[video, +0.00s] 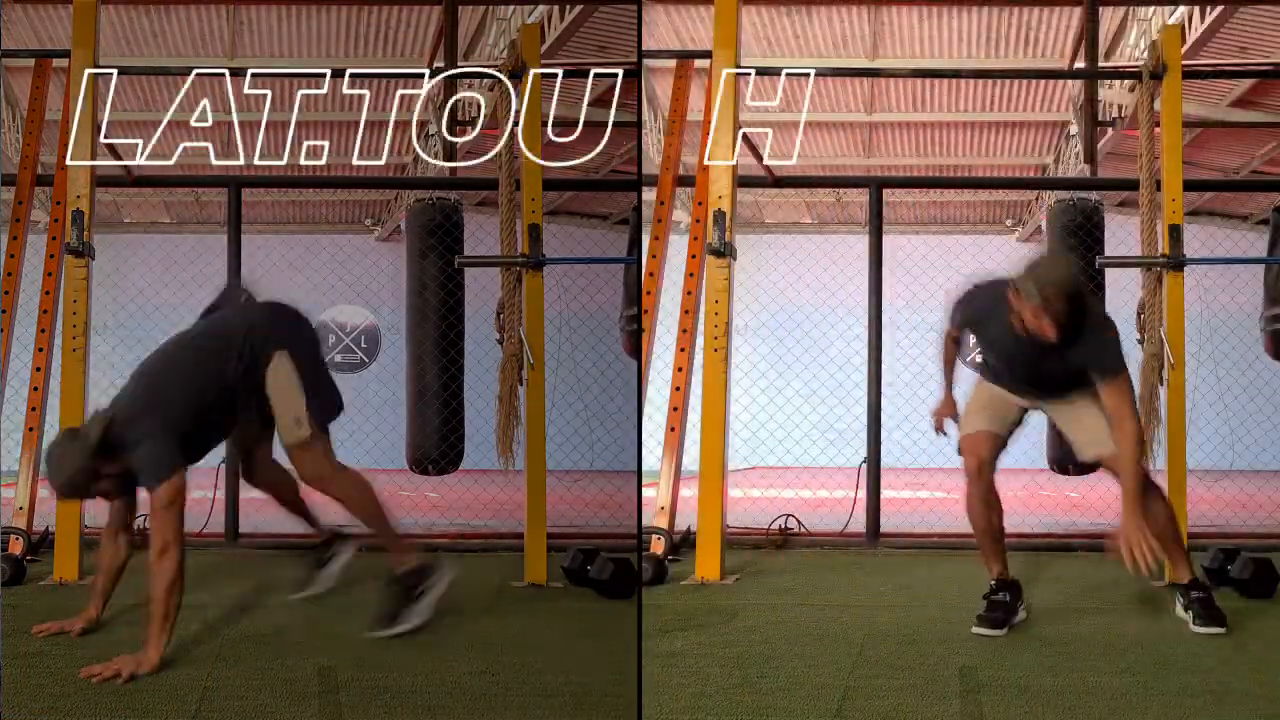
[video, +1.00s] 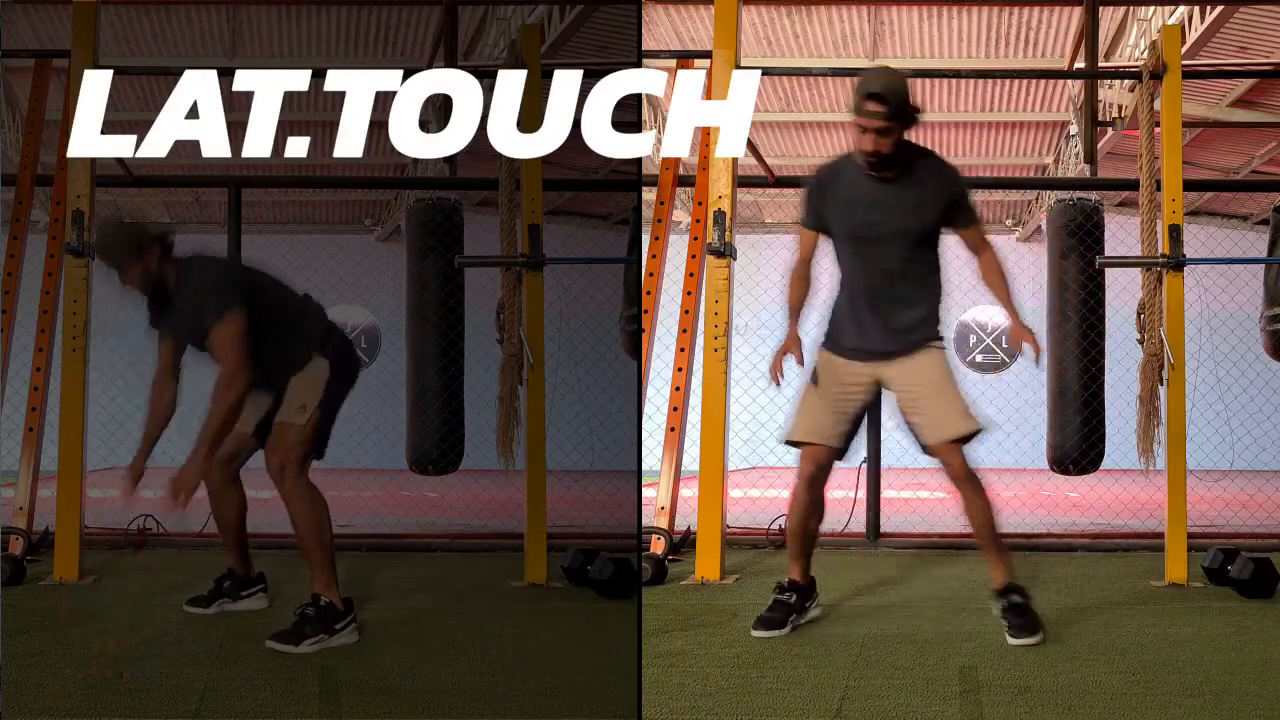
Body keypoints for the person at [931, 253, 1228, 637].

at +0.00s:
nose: (1052, 330)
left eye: (1059, 318)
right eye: (1041, 318)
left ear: (1071, 305)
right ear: (1015, 300)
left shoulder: (1095, 327)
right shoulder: (981, 305)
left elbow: (1126, 421)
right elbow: (953, 335)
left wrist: (1132, 514)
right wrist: (947, 393)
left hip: (1073, 391)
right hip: (1002, 383)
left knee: (1133, 476)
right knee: (976, 464)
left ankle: (1188, 583)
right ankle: (1001, 586)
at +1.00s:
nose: (871, 144)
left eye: (883, 132)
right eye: (863, 130)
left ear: (905, 126)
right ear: (850, 122)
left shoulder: (936, 177)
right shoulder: (826, 183)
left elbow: (981, 249)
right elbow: (804, 261)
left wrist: (1013, 317)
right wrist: (792, 328)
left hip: (917, 348)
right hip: (844, 348)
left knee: (958, 467)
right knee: (811, 466)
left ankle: (1007, 589)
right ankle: (796, 586)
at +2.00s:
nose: (800, 180)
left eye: (812, 168)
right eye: (790, 167)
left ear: (830, 159)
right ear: (771, 157)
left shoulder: (861, 200)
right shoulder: (744, 202)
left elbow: (901, 243)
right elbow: (703, 284)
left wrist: (912, 318)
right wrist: (666, 356)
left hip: (829, 343)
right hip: (759, 334)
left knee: (808, 453)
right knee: (713, 438)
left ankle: (777, 592)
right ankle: (683, 553)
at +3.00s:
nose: (1152, 456)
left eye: (1164, 445)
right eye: (1143, 442)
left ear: (1180, 425)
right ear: (1120, 409)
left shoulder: (1194, 434)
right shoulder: (1070, 374)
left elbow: (1209, 536)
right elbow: (1030, 348)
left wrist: (1214, 638)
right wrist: (1015, 398)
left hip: (1160, 368)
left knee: (1211, 490)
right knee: (1047, 464)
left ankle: (1228, 594)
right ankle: (1037, 596)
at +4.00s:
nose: (806, 149)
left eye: (816, 138)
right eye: (798, 136)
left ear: (840, 135)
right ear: (788, 133)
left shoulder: (878, 180)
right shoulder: (766, 178)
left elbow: (911, 241)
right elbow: (724, 257)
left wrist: (916, 314)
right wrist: (719, 330)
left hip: (848, 330)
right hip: (778, 325)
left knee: (829, 454)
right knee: (734, 439)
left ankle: (804, 576)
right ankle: (738, 543)